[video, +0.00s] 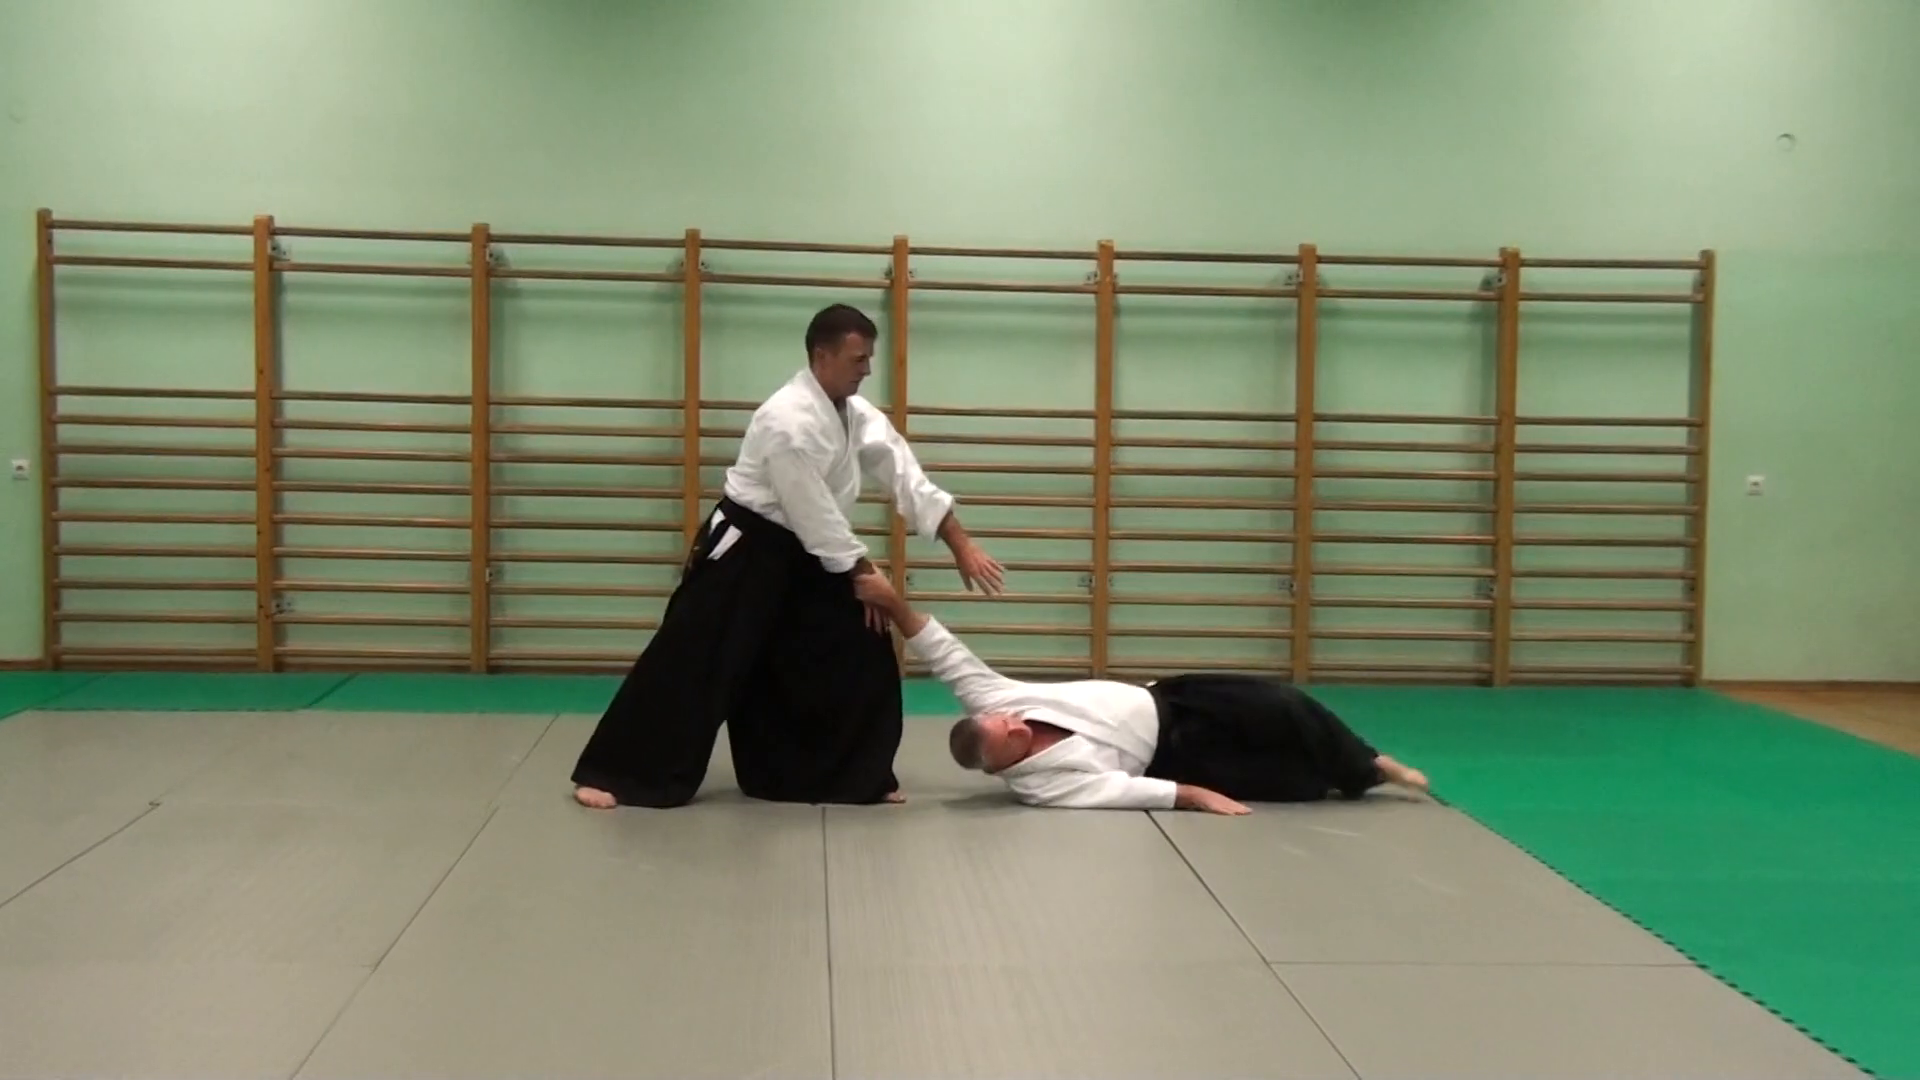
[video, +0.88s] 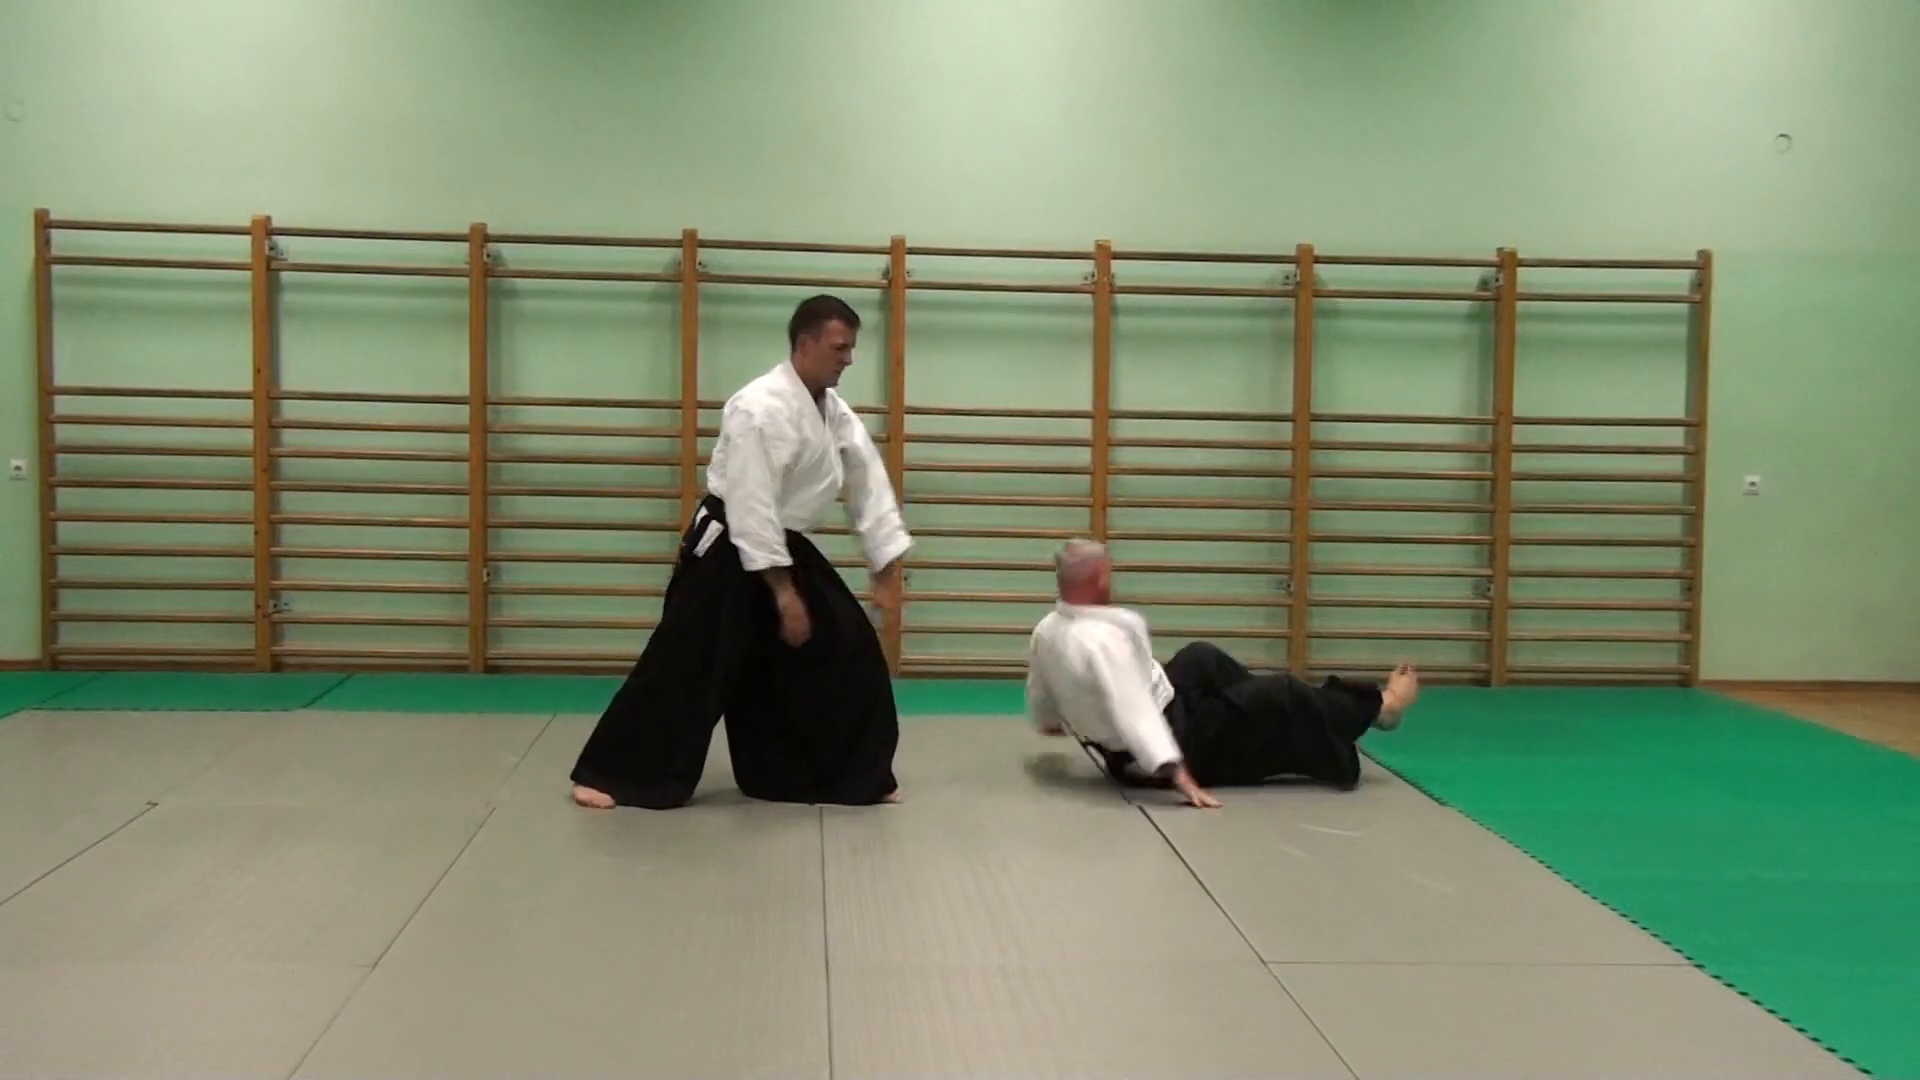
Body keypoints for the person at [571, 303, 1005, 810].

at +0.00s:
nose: (866, 371)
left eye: (869, 361)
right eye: (858, 361)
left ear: (852, 359)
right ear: (822, 356)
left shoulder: (855, 413)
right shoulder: (788, 421)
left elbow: (904, 473)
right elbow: (813, 512)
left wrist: (960, 542)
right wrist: (862, 571)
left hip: (811, 552)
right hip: (747, 547)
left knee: (866, 651)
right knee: (688, 657)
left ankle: (861, 773)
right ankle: (608, 772)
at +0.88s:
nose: (848, 357)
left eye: (851, 348)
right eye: (840, 346)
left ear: (833, 349)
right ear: (805, 343)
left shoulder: (835, 413)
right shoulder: (758, 407)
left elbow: (868, 485)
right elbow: (750, 507)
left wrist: (887, 566)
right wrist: (784, 588)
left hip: (787, 545)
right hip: (727, 545)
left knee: (851, 644)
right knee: (683, 659)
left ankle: (858, 773)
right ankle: (604, 772)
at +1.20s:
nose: (743, 324)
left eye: (745, 315)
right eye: (732, 314)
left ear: (739, 318)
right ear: (696, 315)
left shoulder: (740, 387)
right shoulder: (657, 384)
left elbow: (764, 471)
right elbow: (636, 481)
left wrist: (765, 552)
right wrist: (658, 567)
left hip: (717, 533)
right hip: (659, 529)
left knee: (763, 646)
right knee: (639, 657)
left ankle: (817, 761)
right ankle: (595, 776)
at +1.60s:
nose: (670, 299)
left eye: (671, 289)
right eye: (659, 290)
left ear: (664, 293)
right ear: (624, 293)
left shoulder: (672, 364)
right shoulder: (594, 365)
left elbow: (693, 449)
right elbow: (578, 462)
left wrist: (695, 529)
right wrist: (598, 548)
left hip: (662, 514)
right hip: (607, 514)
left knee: (686, 636)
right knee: (602, 643)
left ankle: (683, 767)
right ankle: (591, 775)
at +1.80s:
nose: (658, 296)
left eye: (659, 286)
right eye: (646, 287)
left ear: (653, 293)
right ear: (610, 293)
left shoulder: (660, 363)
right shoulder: (580, 365)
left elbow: (684, 448)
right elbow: (567, 462)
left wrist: (686, 530)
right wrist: (589, 548)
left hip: (652, 515)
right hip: (596, 514)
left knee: (677, 636)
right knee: (594, 643)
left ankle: (678, 767)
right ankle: (586, 775)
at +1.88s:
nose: (656, 295)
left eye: (657, 285)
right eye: (644, 286)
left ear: (650, 292)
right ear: (608, 293)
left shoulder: (657, 362)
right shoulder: (578, 365)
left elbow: (682, 447)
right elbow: (564, 462)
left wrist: (685, 529)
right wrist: (588, 548)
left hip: (651, 514)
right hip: (595, 513)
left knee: (674, 637)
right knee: (594, 643)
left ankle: (678, 767)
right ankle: (585, 775)